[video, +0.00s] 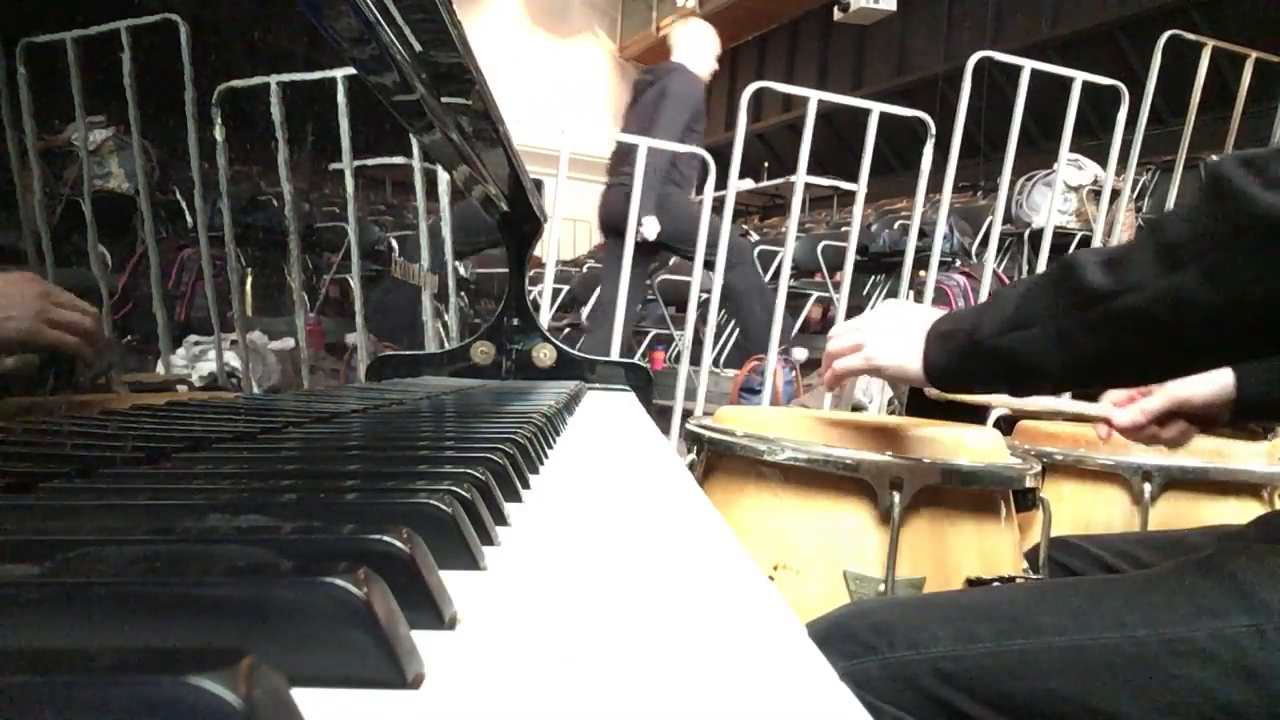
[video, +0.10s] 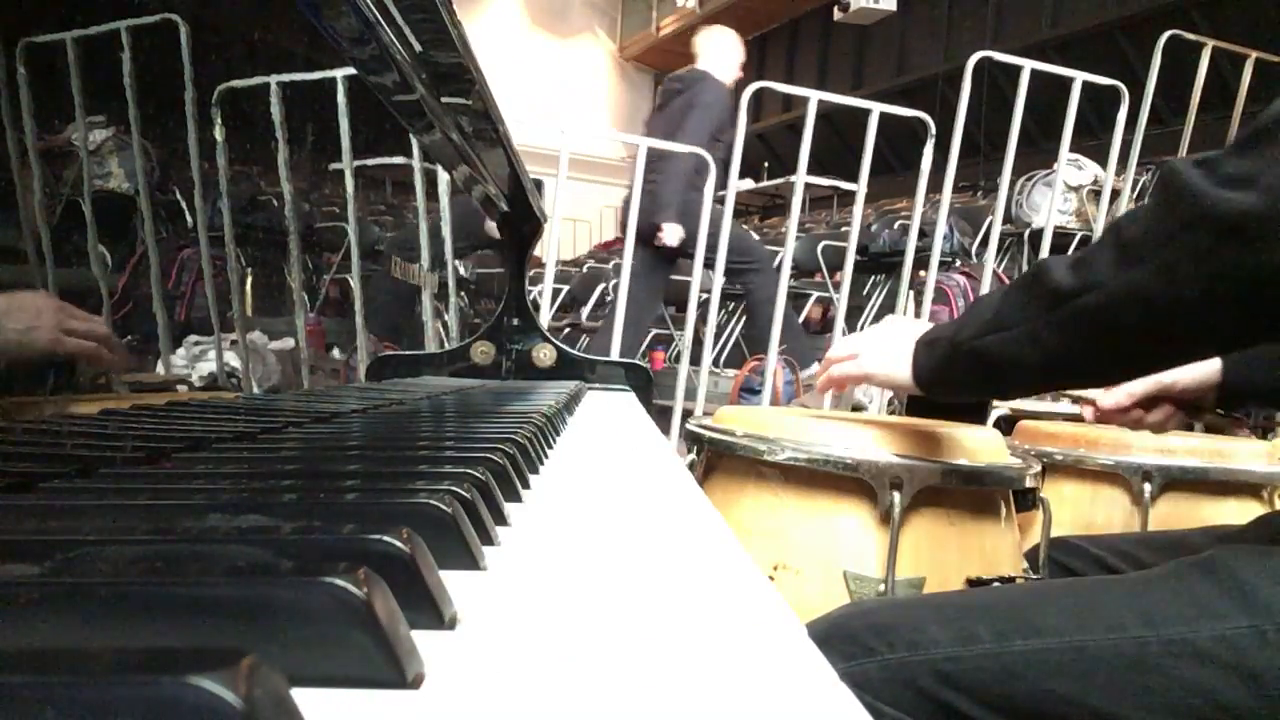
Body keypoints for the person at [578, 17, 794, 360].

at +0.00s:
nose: (716, 65)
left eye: (717, 57)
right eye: (714, 56)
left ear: (676, 49)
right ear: (699, 51)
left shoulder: (651, 84)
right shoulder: (685, 82)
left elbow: (634, 149)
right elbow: (658, 147)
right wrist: (645, 208)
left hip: (617, 198)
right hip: (653, 199)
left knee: (617, 302)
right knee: (734, 253)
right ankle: (770, 351)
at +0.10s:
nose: (739, 73)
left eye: (740, 66)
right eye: (738, 65)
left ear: (702, 56)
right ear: (725, 60)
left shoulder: (675, 91)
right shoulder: (712, 91)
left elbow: (653, 155)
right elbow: (682, 154)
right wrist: (668, 215)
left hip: (647, 211)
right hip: (682, 209)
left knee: (636, 307)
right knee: (757, 264)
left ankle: (598, 383)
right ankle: (793, 358)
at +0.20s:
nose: (772, 71)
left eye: (772, 63)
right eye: (771, 62)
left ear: (732, 59)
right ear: (761, 62)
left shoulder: (704, 94)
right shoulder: (747, 94)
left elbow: (685, 157)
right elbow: (725, 154)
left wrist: (737, 196)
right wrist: (714, 224)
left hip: (666, 208)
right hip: (703, 207)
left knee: (643, 307)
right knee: (781, 265)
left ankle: (600, 387)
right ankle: (793, 373)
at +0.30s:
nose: (805, 63)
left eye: (805, 55)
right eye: (805, 54)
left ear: (765, 47)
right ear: (794, 52)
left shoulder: (739, 84)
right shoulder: (771, 87)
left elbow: (726, 152)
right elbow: (750, 148)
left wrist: (766, 197)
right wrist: (754, 210)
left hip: (695, 202)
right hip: (729, 203)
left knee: (667, 295)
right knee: (799, 264)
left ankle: (617, 377)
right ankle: (788, 363)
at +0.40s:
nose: (828, 52)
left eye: (829, 43)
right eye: (827, 42)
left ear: (791, 34)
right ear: (815, 38)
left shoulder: (762, 71)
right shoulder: (790, 72)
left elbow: (750, 138)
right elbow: (771, 135)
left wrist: (794, 190)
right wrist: (789, 197)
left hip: (724, 190)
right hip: (750, 190)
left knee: (708, 287)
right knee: (808, 267)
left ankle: (637, 364)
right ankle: (795, 362)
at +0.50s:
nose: (843, 37)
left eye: (844, 29)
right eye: (841, 27)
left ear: (807, 21)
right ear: (823, 22)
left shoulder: (781, 57)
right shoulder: (809, 60)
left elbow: (763, 127)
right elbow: (803, 133)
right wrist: (822, 195)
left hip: (745, 173)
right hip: (773, 174)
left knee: (757, 278)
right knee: (811, 266)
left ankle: (678, 331)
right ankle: (792, 368)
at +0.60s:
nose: (855, 26)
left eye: (856, 18)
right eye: (854, 16)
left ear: (821, 11)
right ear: (841, 11)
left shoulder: (794, 48)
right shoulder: (823, 46)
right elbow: (830, 122)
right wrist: (857, 184)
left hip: (762, 164)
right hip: (789, 163)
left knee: (797, 262)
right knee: (812, 265)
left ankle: (731, 304)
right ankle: (798, 363)